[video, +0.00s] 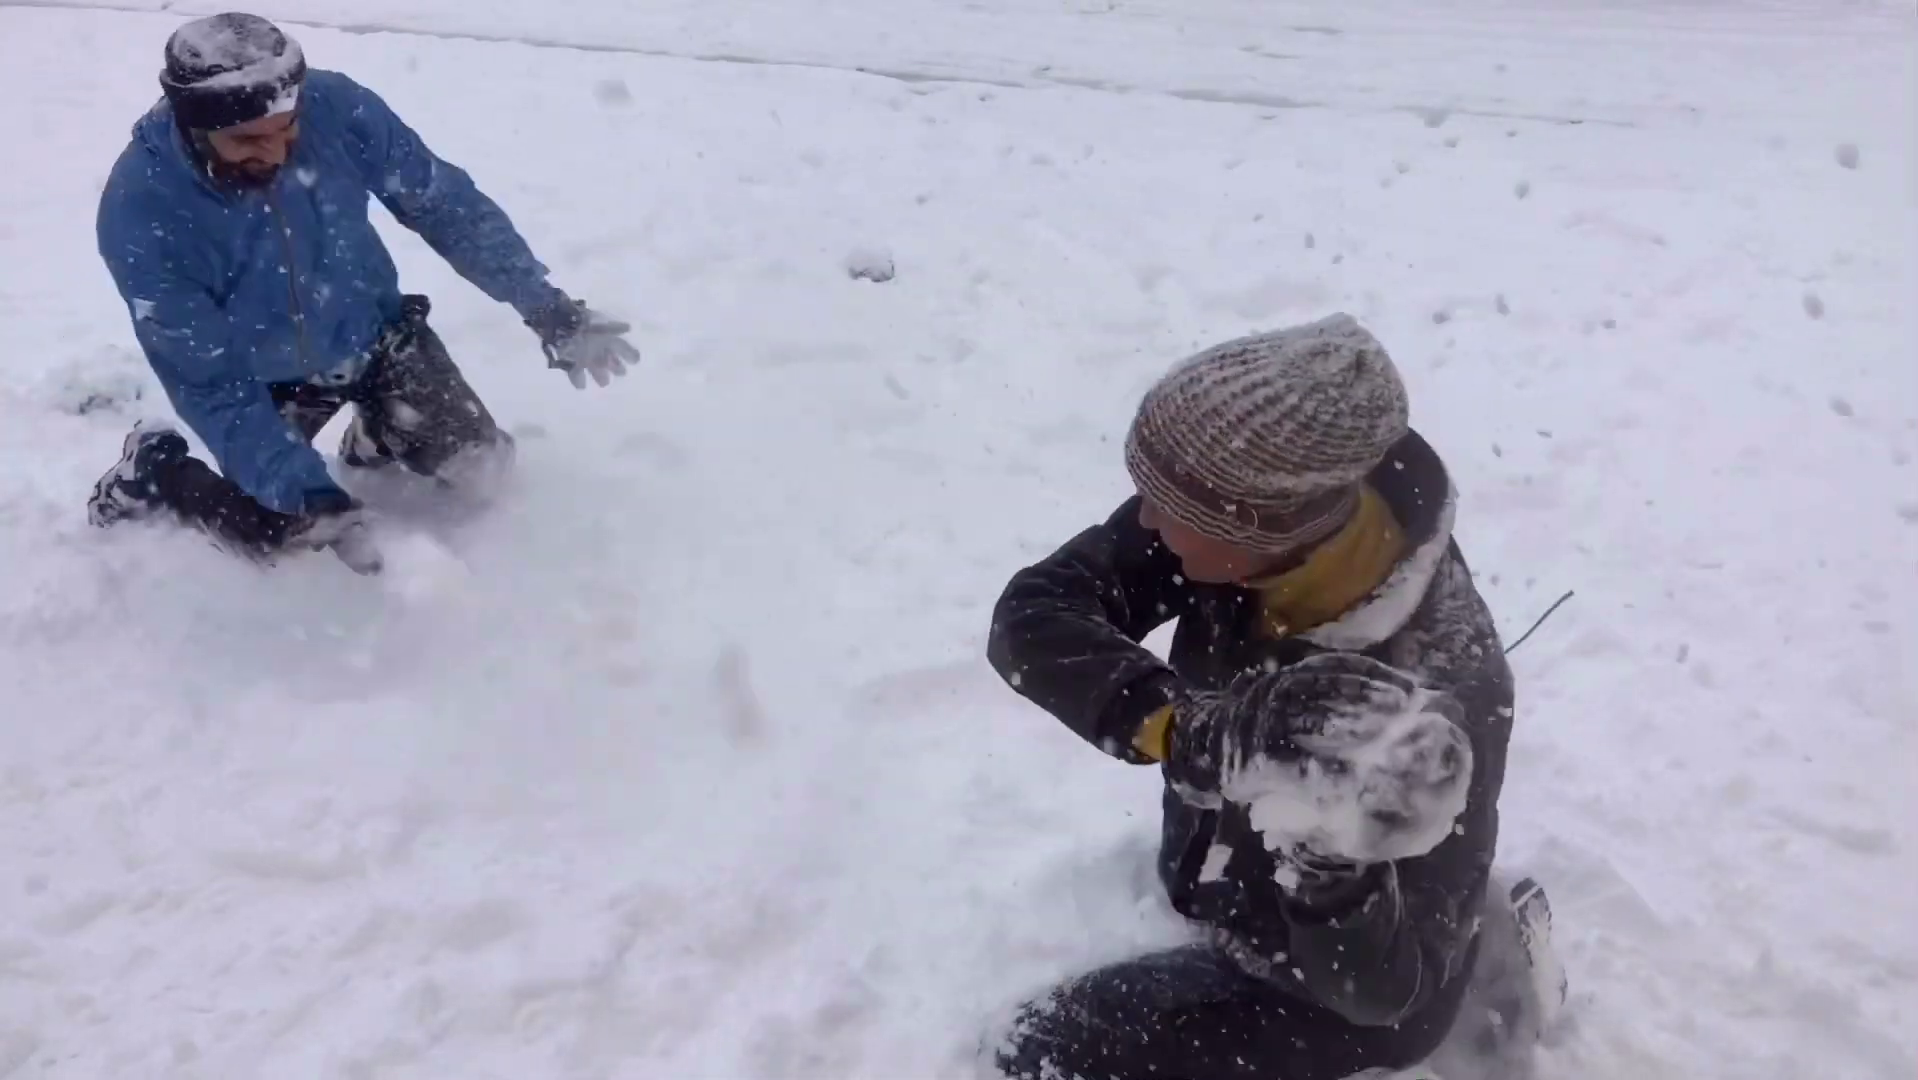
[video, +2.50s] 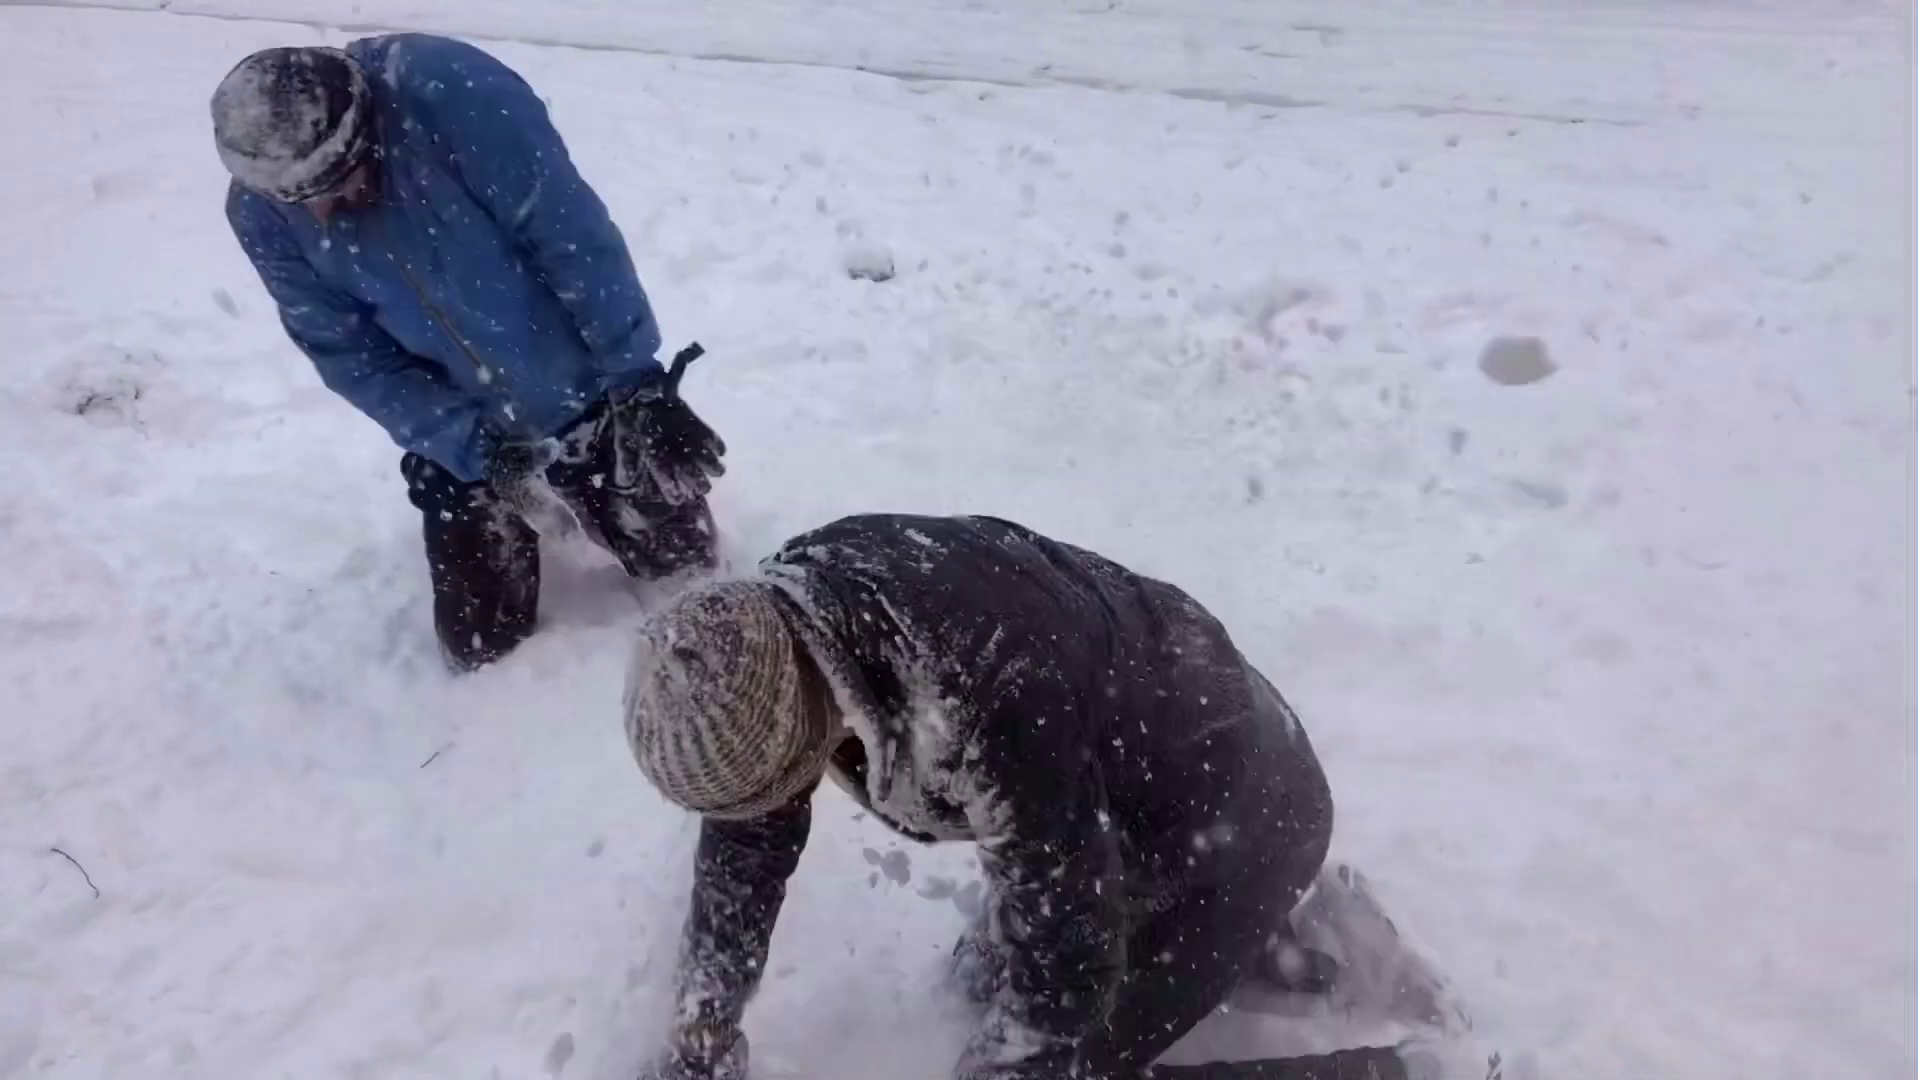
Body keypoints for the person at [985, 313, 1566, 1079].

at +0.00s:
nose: (1150, 529)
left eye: (1173, 521)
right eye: (1151, 509)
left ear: (1274, 534)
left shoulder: (1432, 691)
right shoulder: (1243, 493)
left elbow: (1386, 989)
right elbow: (1034, 614)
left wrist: (1324, 862)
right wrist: (1172, 723)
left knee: (1042, 1046)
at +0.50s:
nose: (1229, 428)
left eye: (1252, 418)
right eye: (1235, 404)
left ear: (1342, 436)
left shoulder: (1335, 618)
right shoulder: (1439, 409)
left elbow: (1079, 573)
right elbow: (1224, 289)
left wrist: (916, 422)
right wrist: (1013, 239)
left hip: (1366, 905)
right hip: (1448, 791)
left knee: (1045, 1042)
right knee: (1200, 860)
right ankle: (1445, 905)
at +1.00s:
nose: (1259, 559)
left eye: (1264, 534)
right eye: (1249, 535)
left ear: (1344, 511)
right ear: (1406, 444)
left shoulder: (1380, 678)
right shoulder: (1529, 472)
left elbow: (1207, 797)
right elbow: (1448, 343)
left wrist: (1169, 588)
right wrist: (1288, 246)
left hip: (1398, 961)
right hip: (1502, 872)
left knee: (1038, 1042)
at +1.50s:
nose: (1250, 752)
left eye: (1254, 726)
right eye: (1227, 736)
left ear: (1308, 670)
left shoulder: (1498, 745)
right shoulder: (1247, 565)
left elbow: (1501, 1041)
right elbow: (1053, 610)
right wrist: (951, 817)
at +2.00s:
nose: (1062, 969)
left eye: (1054, 948)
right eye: (1032, 969)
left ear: (1065, 860)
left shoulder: (1236, 849)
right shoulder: (951, 742)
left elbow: (1278, 1057)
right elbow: (815, 979)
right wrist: (747, 1073)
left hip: (1378, 940)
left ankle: (1483, 946)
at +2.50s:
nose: (761, 805)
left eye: (767, 785)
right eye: (735, 805)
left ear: (802, 718)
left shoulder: (989, 677)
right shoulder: (770, 628)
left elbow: (1063, 938)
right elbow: (747, 836)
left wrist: (1034, 1065)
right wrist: (708, 1020)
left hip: (1247, 807)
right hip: (1104, 765)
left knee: (1078, 1051)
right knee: (991, 984)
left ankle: (1366, 1046)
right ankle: (1274, 944)